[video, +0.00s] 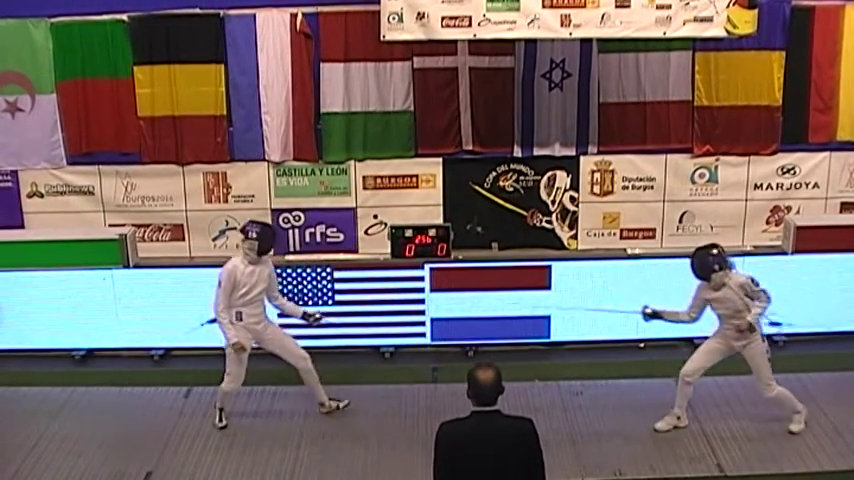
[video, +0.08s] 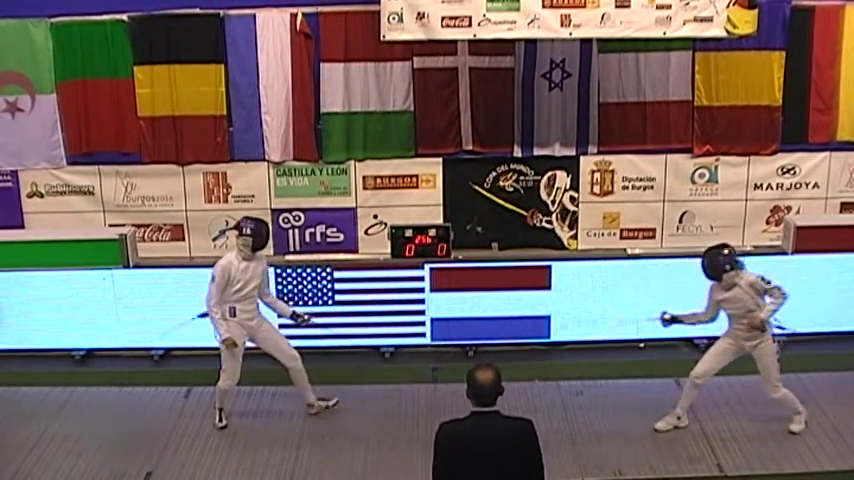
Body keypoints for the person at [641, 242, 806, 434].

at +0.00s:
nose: (713, 280)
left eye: (713, 275)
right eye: (710, 276)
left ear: (720, 269)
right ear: (707, 274)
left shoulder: (740, 281)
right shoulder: (704, 289)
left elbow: (763, 299)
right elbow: (691, 316)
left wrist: (751, 320)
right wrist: (659, 315)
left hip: (751, 339)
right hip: (723, 338)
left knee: (769, 390)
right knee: (687, 374)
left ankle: (799, 411)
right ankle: (678, 415)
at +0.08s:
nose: (721, 281)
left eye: (722, 276)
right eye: (718, 278)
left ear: (729, 268)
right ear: (715, 274)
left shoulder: (750, 281)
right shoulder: (716, 290)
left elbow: (779, 295)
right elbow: (708, 317)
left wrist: (764, 316)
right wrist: (676, 319)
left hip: (761, 340)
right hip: (733, 339)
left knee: (774, 391)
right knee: (696, 376)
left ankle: (800, 413)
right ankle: (679, 416)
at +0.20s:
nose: (734, 269)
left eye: (735, 264)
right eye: (730, 266)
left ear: (741, 256)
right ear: (727, 264)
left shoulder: (760, 265)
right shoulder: (727, 276)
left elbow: (798, 271)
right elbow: (723, 301)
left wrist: (784, 299)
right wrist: (692, 314)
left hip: (772, 327)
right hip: (745, 327)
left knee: (785, 378)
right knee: (715, 371)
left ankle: (800, 414)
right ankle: (692, 413)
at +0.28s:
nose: (736, 264)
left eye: (737, 259)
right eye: (733, 260)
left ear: (746, 251)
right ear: (731, 258)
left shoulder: (764, 259)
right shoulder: (731, 270)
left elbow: (801, 266)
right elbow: (729, 296)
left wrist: (788, 293)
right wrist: (700, 312)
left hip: (775, 321)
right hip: (750, 321)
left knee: (784, 373)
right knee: (724, 368)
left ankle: (798, 413)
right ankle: (720, 412)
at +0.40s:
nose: (741, 269)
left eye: (743, 264)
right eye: (738, 265)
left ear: (752, 256)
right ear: (735, 262)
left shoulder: (770, 269)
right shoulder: (735, 276)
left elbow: (801, 284)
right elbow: (738, 304)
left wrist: (784, 306)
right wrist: (709, 320)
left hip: (780, 330)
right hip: (755, 331)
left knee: (784, 377)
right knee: (739, 375)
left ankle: (795, 414)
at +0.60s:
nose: (744, 264)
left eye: (747, 258)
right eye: (740, 260)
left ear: (751, 253)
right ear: (734, 259)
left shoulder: (766, 267)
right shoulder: (732, 273)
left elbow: (795, 283)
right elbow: (735, 302)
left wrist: (776, 301)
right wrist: (705, 318)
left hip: (774, 327)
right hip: (748, 325)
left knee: (782, 375)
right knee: (718, 366)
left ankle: (795, 414)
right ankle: (731, 406)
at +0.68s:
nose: (737, 263)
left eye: (738, 258)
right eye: (733, 259)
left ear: (742, 252)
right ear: (727, 257)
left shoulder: (758, 266)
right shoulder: (724, 272)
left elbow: (790, 281)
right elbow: (723, 301)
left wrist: (772, 300)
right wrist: (692, 313)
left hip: (767, 325)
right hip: (741, 325)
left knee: (781, 373)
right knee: (710, 366)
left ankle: (795, 414)